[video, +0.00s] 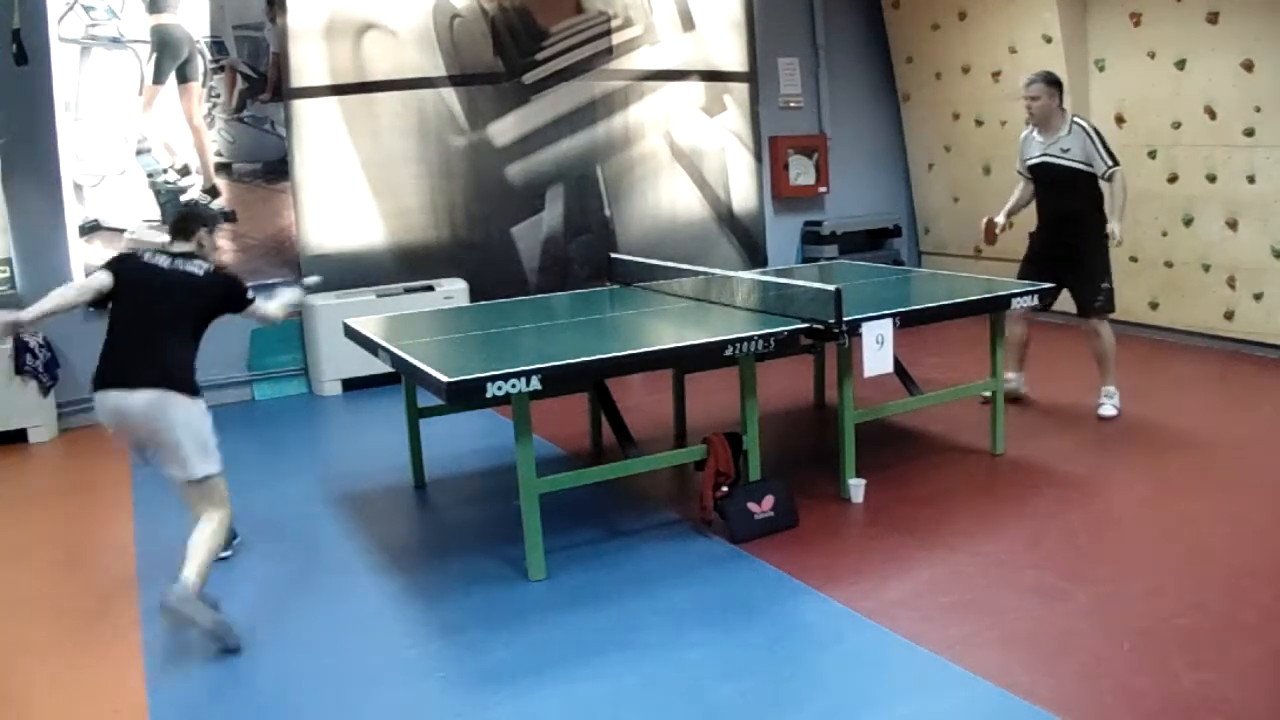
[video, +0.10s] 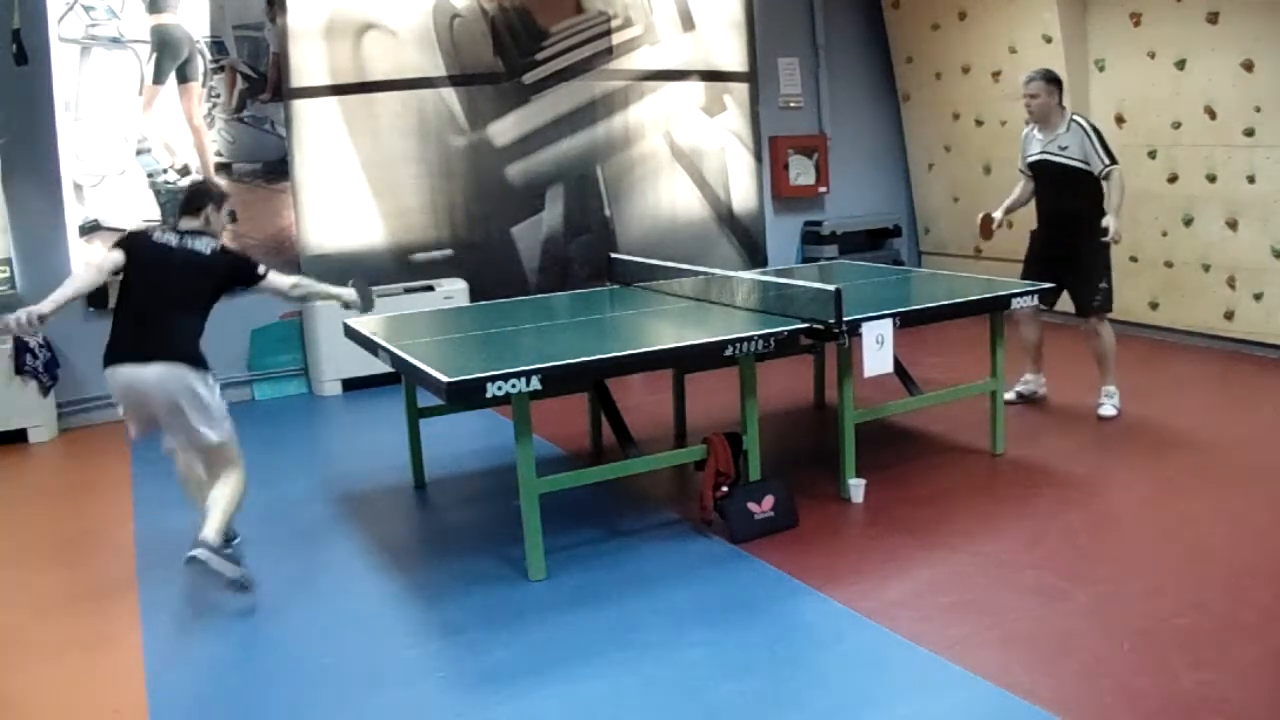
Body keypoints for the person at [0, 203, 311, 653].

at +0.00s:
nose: (222, 243)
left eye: (221, 234)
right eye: (219, 235)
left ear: (172, 233)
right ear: (202, 236)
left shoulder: (129, 264)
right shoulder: (216, 280)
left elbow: (82, 290)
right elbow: (268, 313)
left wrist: (26, 317)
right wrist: (287, 298)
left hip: (111, 397)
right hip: (170, 399)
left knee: (182, 463)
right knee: (214, 508)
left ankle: (214, 537)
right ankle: (187, 589)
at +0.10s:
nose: (230, 225)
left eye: (229, 217)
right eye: (227, 217)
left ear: (180, 211)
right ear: (209, 215)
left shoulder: (138, 240)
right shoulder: (223, 259)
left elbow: (92, 271)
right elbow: (289, 286)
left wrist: (42, 309)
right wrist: (341, 293)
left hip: (122, 370)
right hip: (176, 370)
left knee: (180, 446)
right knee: (229, 465)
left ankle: (217, 529)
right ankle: (209, 541)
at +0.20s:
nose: (240, 193)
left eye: (240, 185)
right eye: (238, 185)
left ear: (197, 181)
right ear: (221, 184)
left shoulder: (147, 217)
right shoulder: (230, 232)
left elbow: (99, 258)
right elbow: (293, 269)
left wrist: (50, 301)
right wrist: (340, 282)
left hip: (130, 347)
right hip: (181, 343)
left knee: (188, 425)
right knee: (244, 421)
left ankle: (212, 521)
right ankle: (244, 519)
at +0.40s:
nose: (248, 187)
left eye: (250, 179)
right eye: (244, 178)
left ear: (210, 177)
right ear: (220, 176)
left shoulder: (163, 218)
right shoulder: (233, 222)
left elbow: (119, 273)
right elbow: (294, 276)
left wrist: (85, 324)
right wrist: (333, 286)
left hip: (157, 345)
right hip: (207, 341)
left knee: (187, 407)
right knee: (268, 406)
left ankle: (183, 501)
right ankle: (304, 501)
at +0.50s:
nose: (250, 187)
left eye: (251, 179)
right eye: (244, 179)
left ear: (211, 181)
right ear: (219, 180)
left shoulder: (168, 221)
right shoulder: (228, 227)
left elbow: (136, 286)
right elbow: (280, 285)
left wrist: (124, 340)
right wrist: (323, 297)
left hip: (154, 345)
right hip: (201, 345)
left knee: (194, 407)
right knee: (273, 404)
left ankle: (179, 501)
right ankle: (303, 501)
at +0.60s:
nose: (249, 183)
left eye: (250, 175)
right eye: (243, 175)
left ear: (210, 177)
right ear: (217, 175)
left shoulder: (173, 214)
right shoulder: (221, 222)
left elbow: (192, 278)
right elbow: (264, 291)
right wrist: (310, 306)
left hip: (151, 338)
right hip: (193, 338)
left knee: (198, 406)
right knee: (274, 403)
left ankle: (178, 501)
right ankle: (301, 502)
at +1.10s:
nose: (309, 200)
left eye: (310, 192)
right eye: (303, 192)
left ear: (271, 193)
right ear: (276, 191)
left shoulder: (233, 226)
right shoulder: (264, 230)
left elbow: (211, 283)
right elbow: (264, 295)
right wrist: (314, 313)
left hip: (186, 340)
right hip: (227, 342)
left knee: (213, 416)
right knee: (316, 408)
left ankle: (179, 506)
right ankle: (340, 514)